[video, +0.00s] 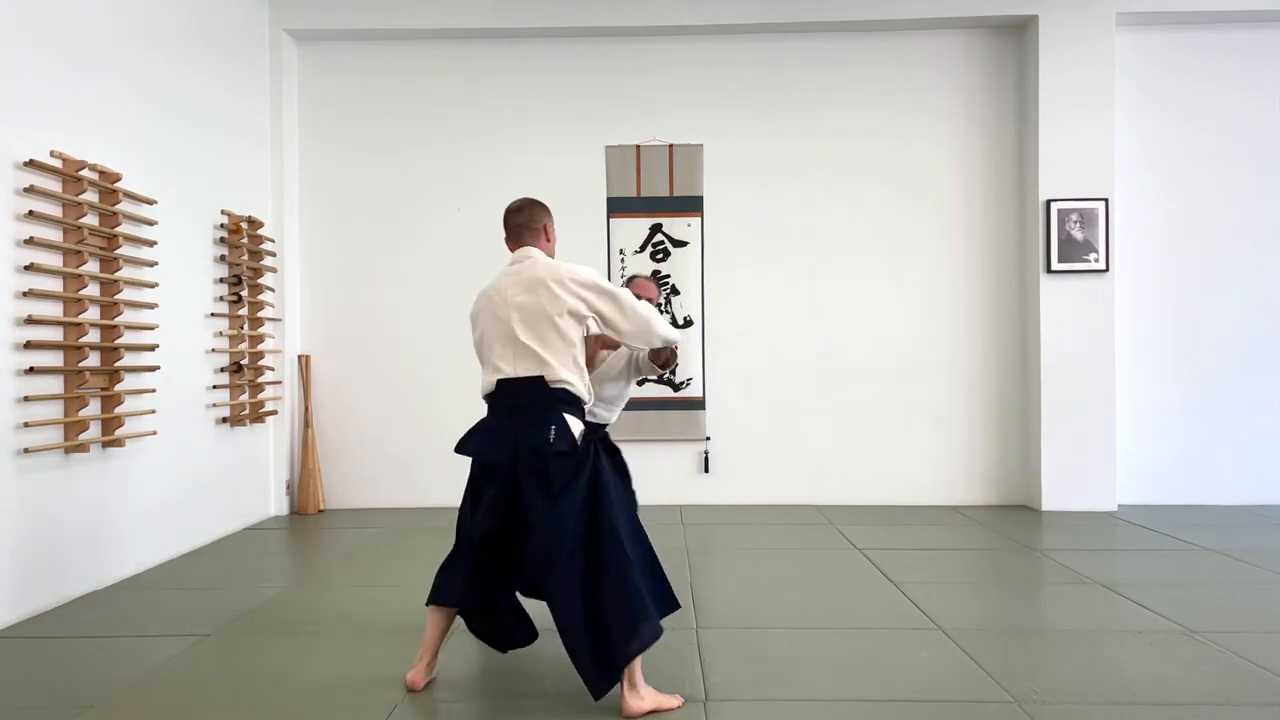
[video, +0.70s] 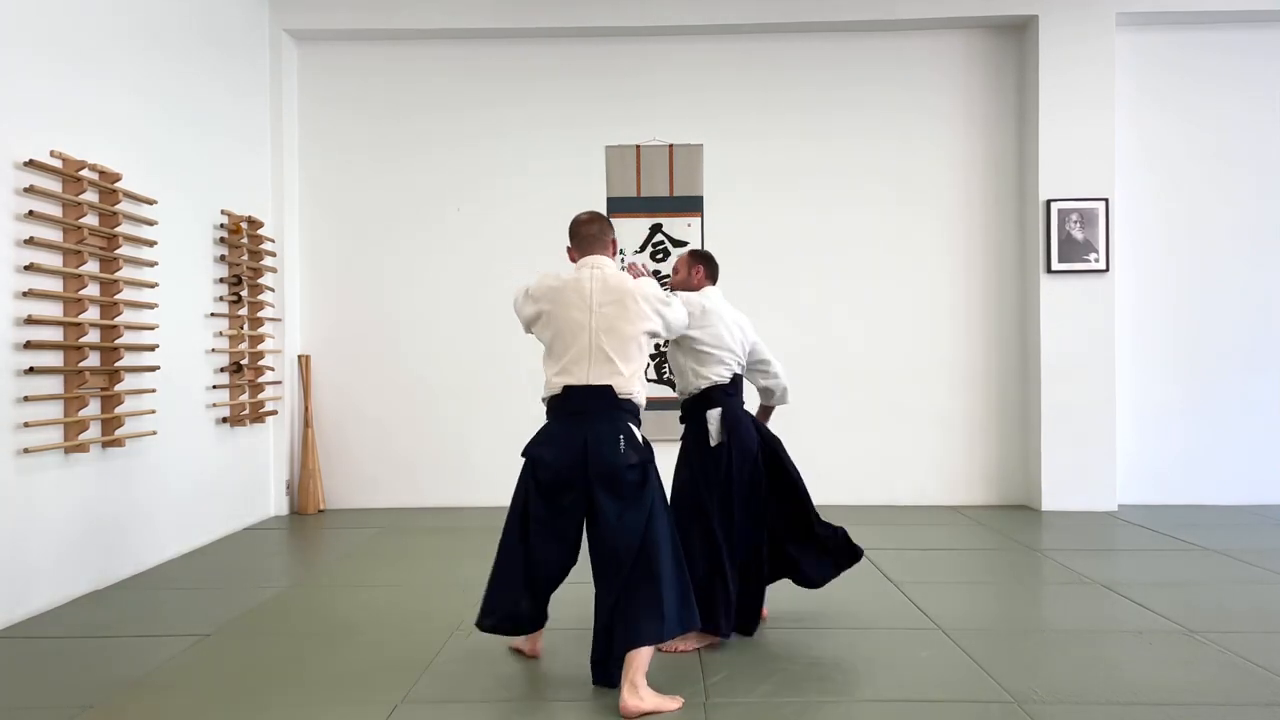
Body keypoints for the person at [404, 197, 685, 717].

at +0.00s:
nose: (556, 243)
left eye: (550, 235)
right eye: (555, 235)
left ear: (506, 241)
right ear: (549, 235)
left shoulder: (485, 298)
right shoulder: (571, 280)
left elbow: (500, 365)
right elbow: (651, 329)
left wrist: (581, 352)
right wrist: (660, 346)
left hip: (499, 428)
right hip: (561, 427)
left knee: (470, 544)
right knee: (608, 547)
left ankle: (422, 665)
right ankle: (635, 688)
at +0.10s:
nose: (544, 241)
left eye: (539, 235)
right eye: (543, 234)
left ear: (494, 244)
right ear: (537, 234)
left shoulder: (473, 305)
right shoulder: (565, 275)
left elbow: (497, 369)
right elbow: (630, 321)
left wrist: (577, 380)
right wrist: (585, 367)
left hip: (501, 431)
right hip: (564, 427)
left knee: (467, 546)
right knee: (611, 546)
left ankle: (422, 666)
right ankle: (632, 685)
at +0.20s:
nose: (542, 239)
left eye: (537, 233)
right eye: (541, 231)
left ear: (493, 242)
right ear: (536, 232)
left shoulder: (477, 299)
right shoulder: (564, 273)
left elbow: (506, 353)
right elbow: (613, 319)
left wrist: (591, 343)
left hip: (509, 429)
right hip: (569, 427)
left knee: (469, 543)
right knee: (612, 547)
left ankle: (422, 666)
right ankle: (631, 686)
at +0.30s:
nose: (556, 238)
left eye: (548, 231)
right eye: (555, 230)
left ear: (504, 239)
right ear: (550, 230)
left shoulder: (489, 290)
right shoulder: (581, 268)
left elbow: (510, 346)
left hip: (523, 433)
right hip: (585, 431)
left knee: (481, 544)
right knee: (624, 550)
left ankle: (425, 667)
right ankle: (634, 689)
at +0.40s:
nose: (574, 235)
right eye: (574, 228)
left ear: (525, 238)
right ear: (571, 230)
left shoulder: (506, 287)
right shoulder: (603, 273)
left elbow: (497, 330)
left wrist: (500, 283)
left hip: (542, 428)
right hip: (602, 426)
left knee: (498, 541)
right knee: (632, 549)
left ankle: (438, 665)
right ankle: (635, 690)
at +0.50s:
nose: (586, 237)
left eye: (544, 237)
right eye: (588, 229)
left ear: (542, 239)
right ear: (589, 232)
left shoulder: (521, 286)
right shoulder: (623, 280)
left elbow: (509, 330)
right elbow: (633, 324)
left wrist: (556, 287)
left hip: (554, 431)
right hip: (615, 430)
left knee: (520, 538)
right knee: (637, 551)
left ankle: (463, 652)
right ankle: (636, 690)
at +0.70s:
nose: (580, 257)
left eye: (572, 251)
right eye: (617, 247)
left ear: (570, 253)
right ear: (616, 249)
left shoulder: (548, 290)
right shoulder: (642, 294)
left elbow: (525, 311)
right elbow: (678, 318)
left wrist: (575, 273)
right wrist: (648, 283)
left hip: (560, 428)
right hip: (618, 434)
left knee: (543, 528)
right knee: (643, 552)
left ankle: (529, 630)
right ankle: (634, 685)